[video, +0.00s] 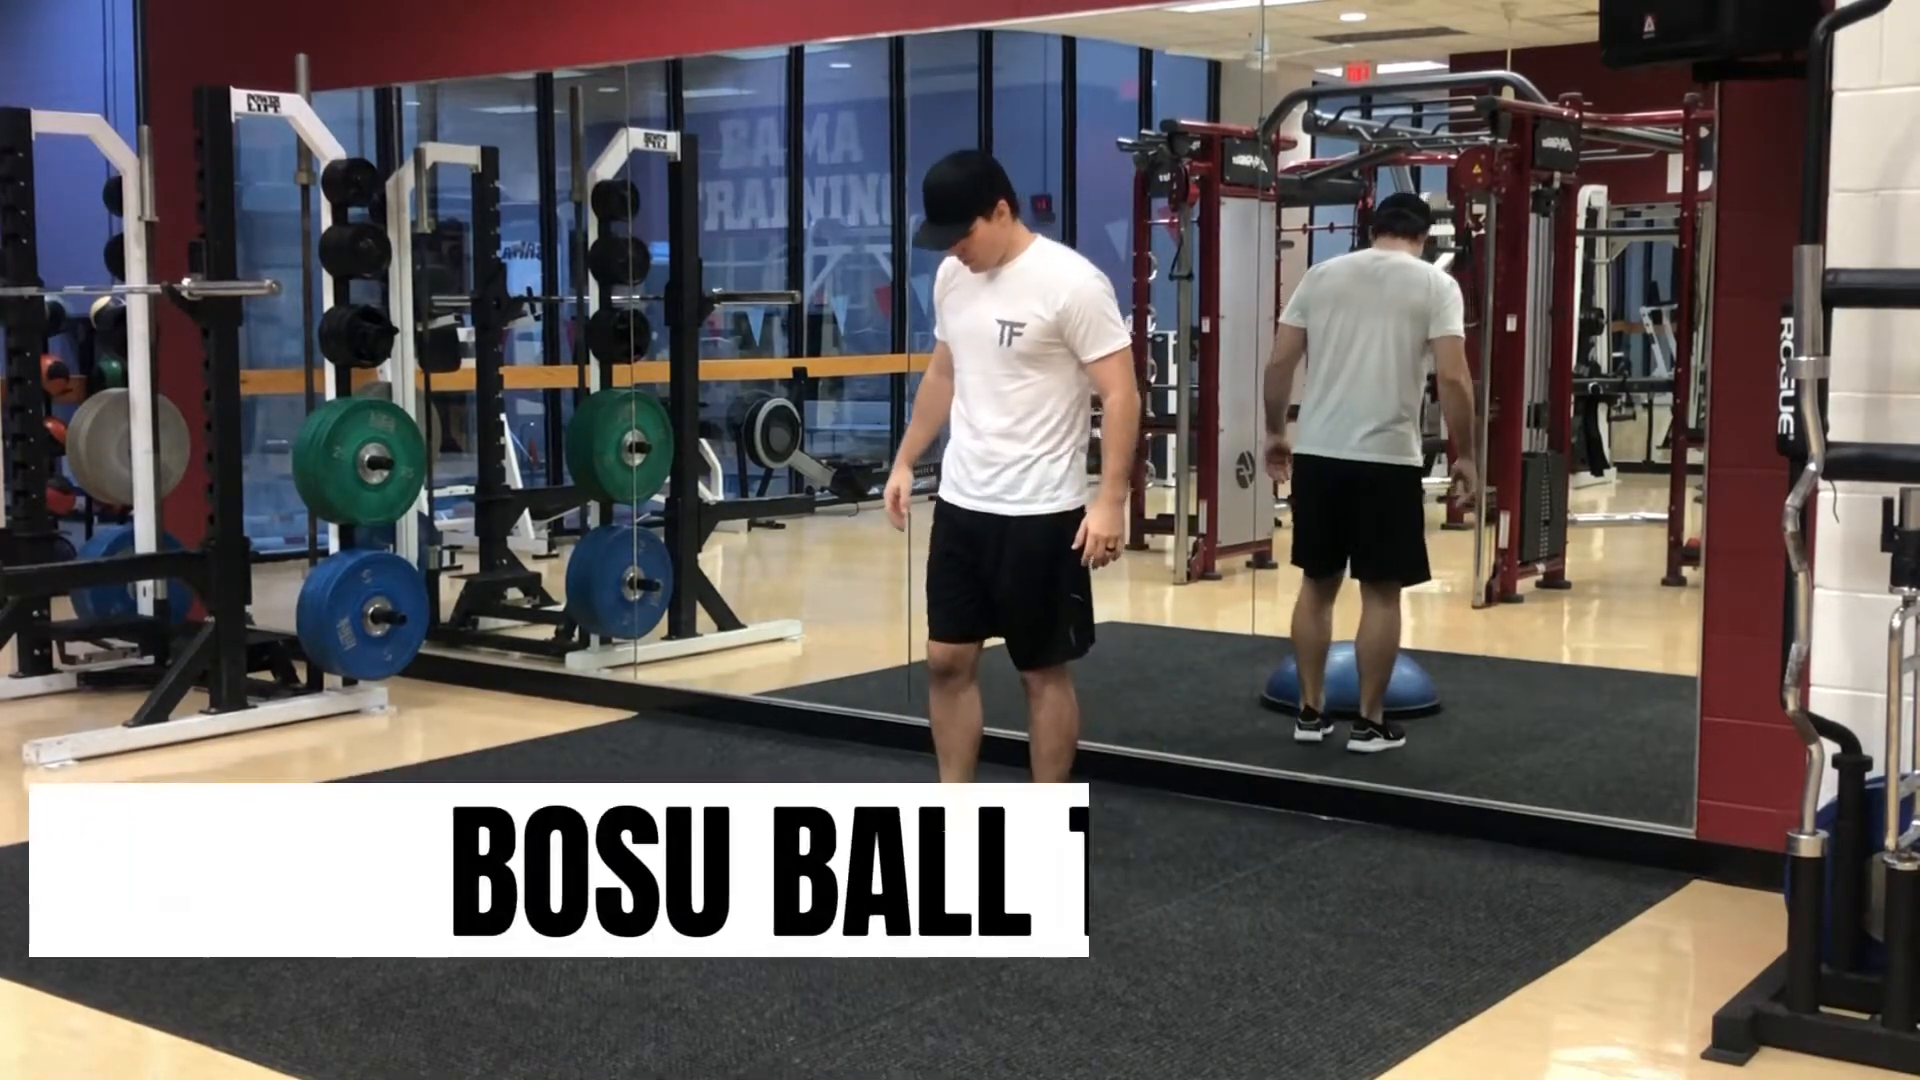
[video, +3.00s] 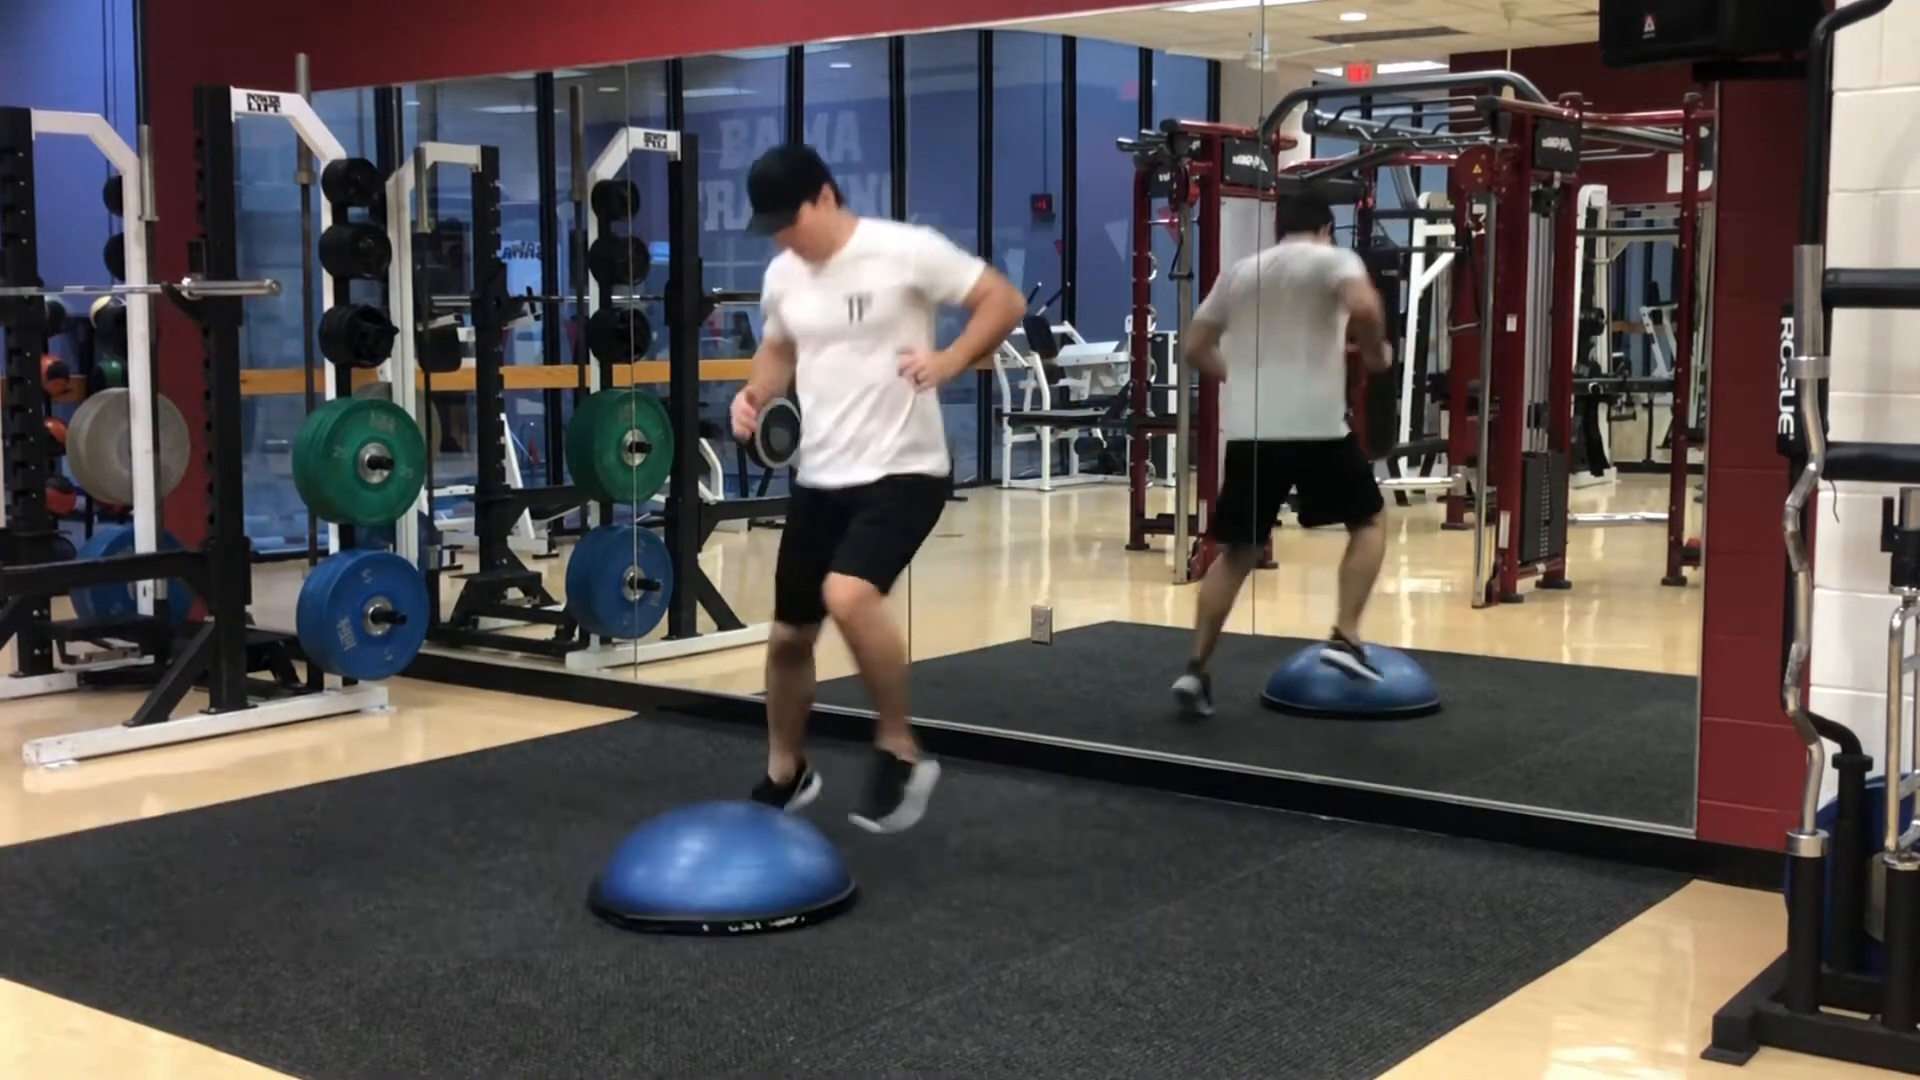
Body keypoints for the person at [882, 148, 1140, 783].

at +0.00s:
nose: (955, 249)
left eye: (962, 235)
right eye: (948, 239)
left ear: (1001, 210)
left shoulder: (1074, 283)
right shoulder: (952, 275)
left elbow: (1122, 395)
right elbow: (943, 373)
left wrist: (1111, 499)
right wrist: (904, 460)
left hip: (1042, 514)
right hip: (961, 508)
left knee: (1043, 673)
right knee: (947, 663)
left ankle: (1049, 816)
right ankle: (954, 807)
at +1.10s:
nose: (927, 253)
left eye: (933, 237)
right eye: (921, 242)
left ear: (972, 211)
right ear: (961, 215)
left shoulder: (1048, 277)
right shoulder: (939, 279)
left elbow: (1098, 384)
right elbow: (942, 377)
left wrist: (1065, 491)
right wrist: (903, 464)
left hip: (1020, 517)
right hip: (946, 500)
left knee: (1011, 676)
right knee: (872, 615)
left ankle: (1015, 812)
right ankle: (859, 776)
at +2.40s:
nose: (861, 270)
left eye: (866, 254)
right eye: (855, 259)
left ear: (908, 233)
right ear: (894, 238)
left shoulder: (984, 305)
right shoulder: (872, 302)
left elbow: (1044, 407)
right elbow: (880, 394)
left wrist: (986, 481)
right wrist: (840, 448)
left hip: (974, 528)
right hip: (896, 510)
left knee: (957, 685)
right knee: (806, 596)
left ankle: (1007, 806)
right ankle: (825, 758)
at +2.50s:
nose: (847, 241)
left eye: (852, 225)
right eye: (839, 230)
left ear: (892, 203)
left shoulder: (966, 267)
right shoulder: (854, 266)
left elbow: (1056, 339)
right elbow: (865, 347)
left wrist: (987, 398)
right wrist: (810, 385)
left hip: (945, 502)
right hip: (865, 485)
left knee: (947, 659)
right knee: (778, 592)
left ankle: (997, 798)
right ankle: (812, 737)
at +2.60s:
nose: (820, 225)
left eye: (826, 209)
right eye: (814, 213)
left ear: (866, 185)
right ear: (811, 207)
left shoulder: (947, 242)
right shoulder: (822, 250)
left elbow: (1037, 308)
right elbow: (829, 324)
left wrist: (976, 371)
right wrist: (801, 376)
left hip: (925, 470)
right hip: (844, 466)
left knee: (893, 616)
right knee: (784, 611)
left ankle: (940, 762)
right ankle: (786, 749)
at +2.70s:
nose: (796, 247)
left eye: (802, 232)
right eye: (789, 236)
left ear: (841, 208)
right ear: (788, 229)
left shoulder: (922, 264)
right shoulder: (791, 277)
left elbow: (1006, 332)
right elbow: (793, 361)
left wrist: (948, 396)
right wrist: (783, 428)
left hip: (907, 476)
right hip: (826, 483)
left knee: (843, 578)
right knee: (796, 643)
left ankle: (866, 726)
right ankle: (784, 777)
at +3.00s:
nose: (782, 241)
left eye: (787, 225)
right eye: (774, 230)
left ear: (824, 200)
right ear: (777, 220)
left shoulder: (906, 249)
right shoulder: (783, 274)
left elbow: (1006, 300)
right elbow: (778, 352)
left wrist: (949, 360)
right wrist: (752, 395)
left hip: (904, 468)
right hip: (822, 477)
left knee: (848, 595)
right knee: (788, 637)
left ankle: (899, 751)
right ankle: (785, 773)